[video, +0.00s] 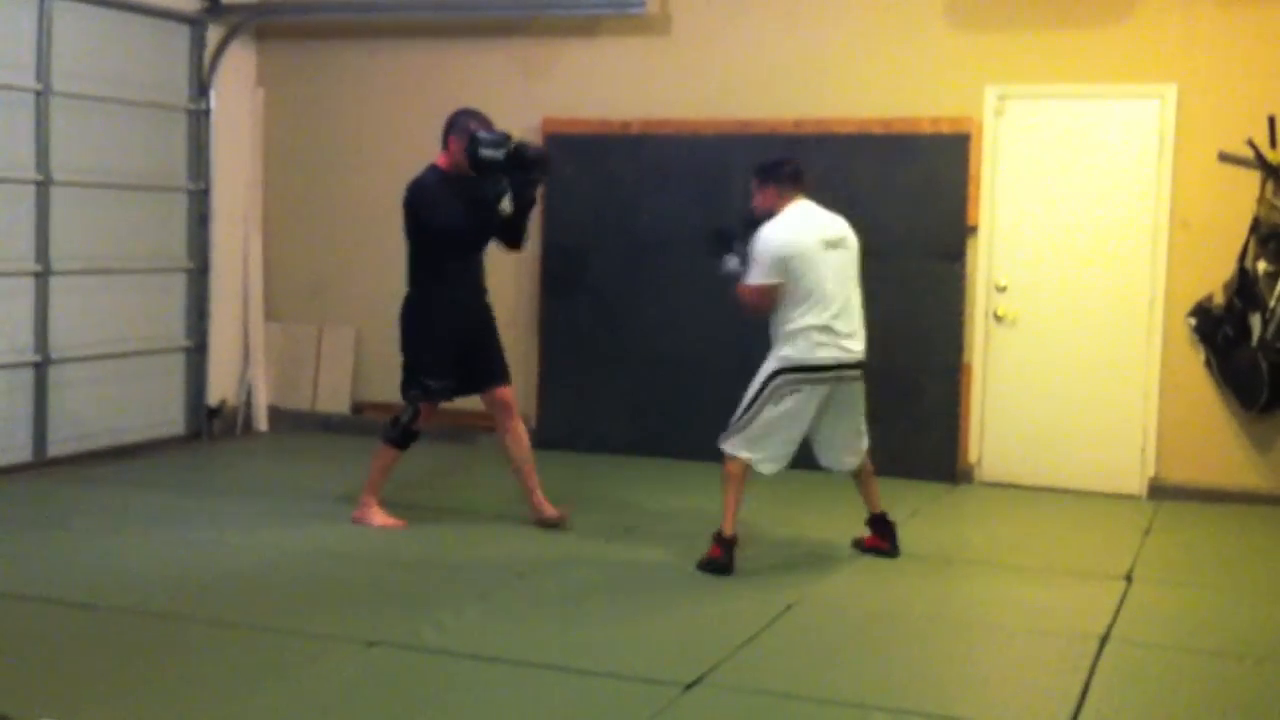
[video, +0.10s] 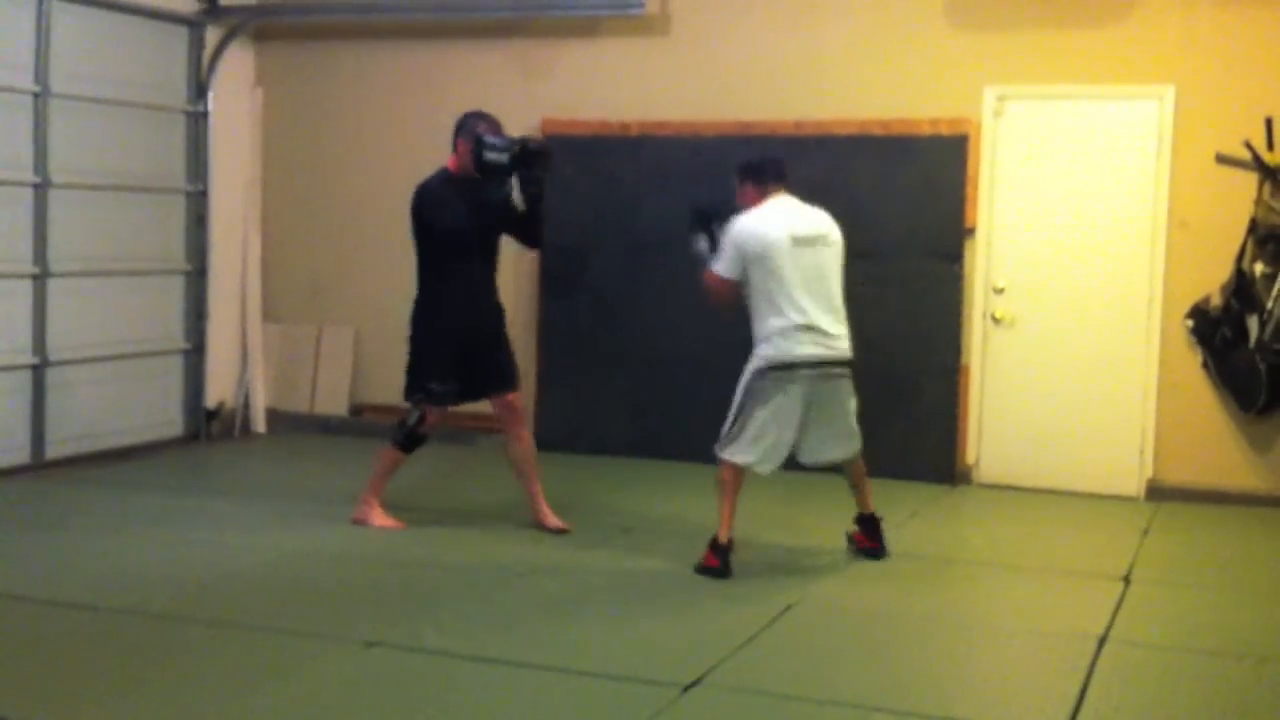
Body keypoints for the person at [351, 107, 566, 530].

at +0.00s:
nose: (481, 153)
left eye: (485, 144)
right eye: (475, 143)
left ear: (486, 147)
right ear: (452, 142)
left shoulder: (478, 187)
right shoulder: (425, 189)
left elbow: (512, 237)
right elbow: (459, 239)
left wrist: (525, 188)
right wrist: (489, 190)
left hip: (472, 311)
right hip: (429, 313)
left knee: (503, 401)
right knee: (418, 409)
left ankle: (538, 501)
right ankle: (367, 502)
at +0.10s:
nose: (490, 156)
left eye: (494, 147)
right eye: (483, 146)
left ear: (495, 151)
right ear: (461, 144)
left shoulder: (489, 194)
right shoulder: (432, 193)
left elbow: (533, 236)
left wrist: (534, 185)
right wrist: (492, 187)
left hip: (483, 317)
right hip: (439, 319)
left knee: (510, 407)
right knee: (426, 415)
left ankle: (539, 507)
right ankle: (368, 502)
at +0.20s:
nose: (503, 154)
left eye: (511, 147)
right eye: (497, 145)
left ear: (516, 150)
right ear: (477, 141)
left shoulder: (513, 189)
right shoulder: (446, 188)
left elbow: (553, 237)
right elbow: (457, 243)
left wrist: (552, 184)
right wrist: (490, 183)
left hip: (503, 316)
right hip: (456, 317)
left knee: (523, 406)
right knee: (451, 415)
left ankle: (542, 506)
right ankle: (394, 487)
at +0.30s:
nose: (511, 146)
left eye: (518, 140)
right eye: (504, 137)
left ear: (525, 143)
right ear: (485, 135)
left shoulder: (526, 187)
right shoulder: (454, 182)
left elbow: (558, 240)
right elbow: (459, 230)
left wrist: (564, 192)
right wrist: (491, 175)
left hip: (510, 310)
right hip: (463, 309)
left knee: (529, 406)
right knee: (464, 410)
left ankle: (544, 506)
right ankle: (427, 493)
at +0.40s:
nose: (510, 151)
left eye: (518, 145)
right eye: (503, 141)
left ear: (524, 146)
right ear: (485, 138)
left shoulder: (528, 189)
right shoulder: (456, 184)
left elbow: (559, 244)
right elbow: (457, 231)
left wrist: (557, 195)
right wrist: (488, 176)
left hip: (512, 309)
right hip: (463, 310)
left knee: (539, 405)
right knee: (465, 412)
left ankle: (547, 507)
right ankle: (451, 505)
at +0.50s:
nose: (509, 152)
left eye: (517, 146)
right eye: (502, 143)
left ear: (524, 148)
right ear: (482, 140)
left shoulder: (529, 189)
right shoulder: (458, 185)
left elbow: (551, 253)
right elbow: (458, 232)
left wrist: (551, 198)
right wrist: (489, 178)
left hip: (516, 311)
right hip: (466, 312)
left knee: (558, 392)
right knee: (466, 412)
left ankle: (561, 496)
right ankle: (451, 503)